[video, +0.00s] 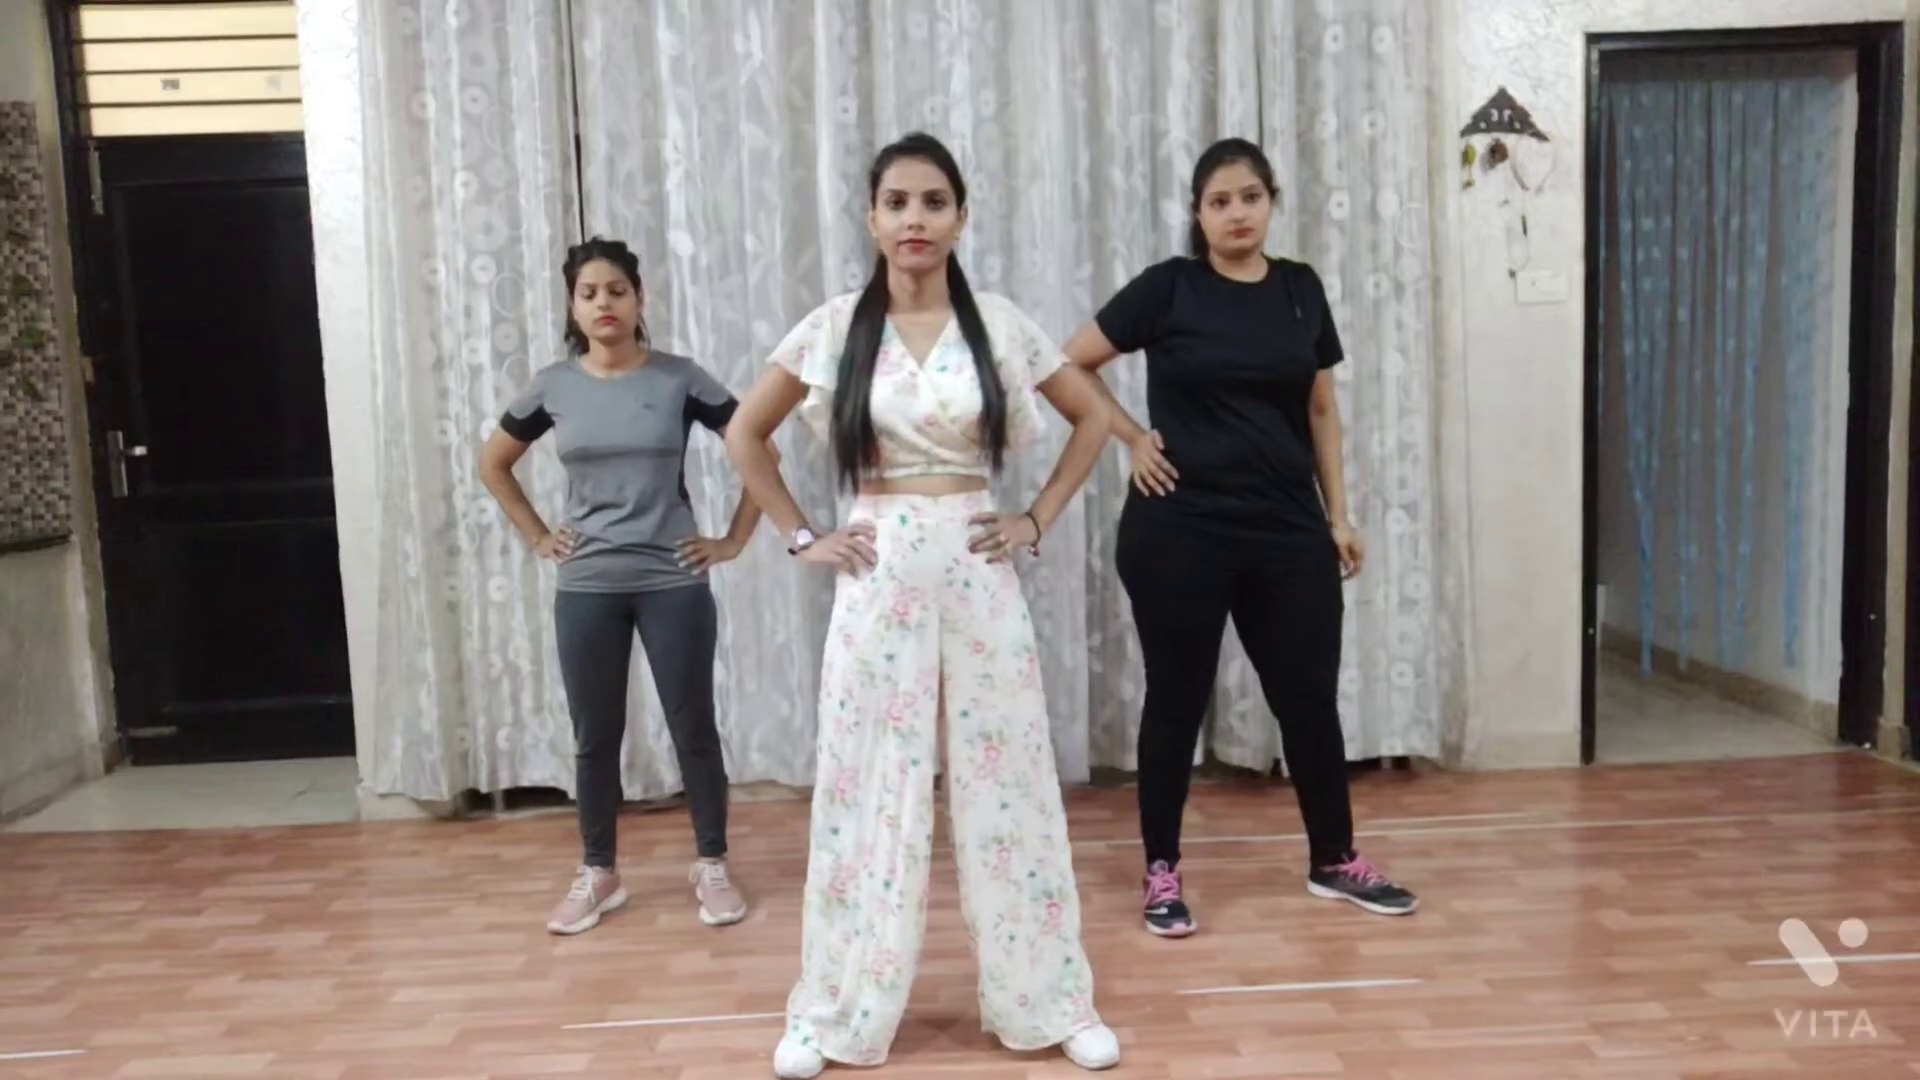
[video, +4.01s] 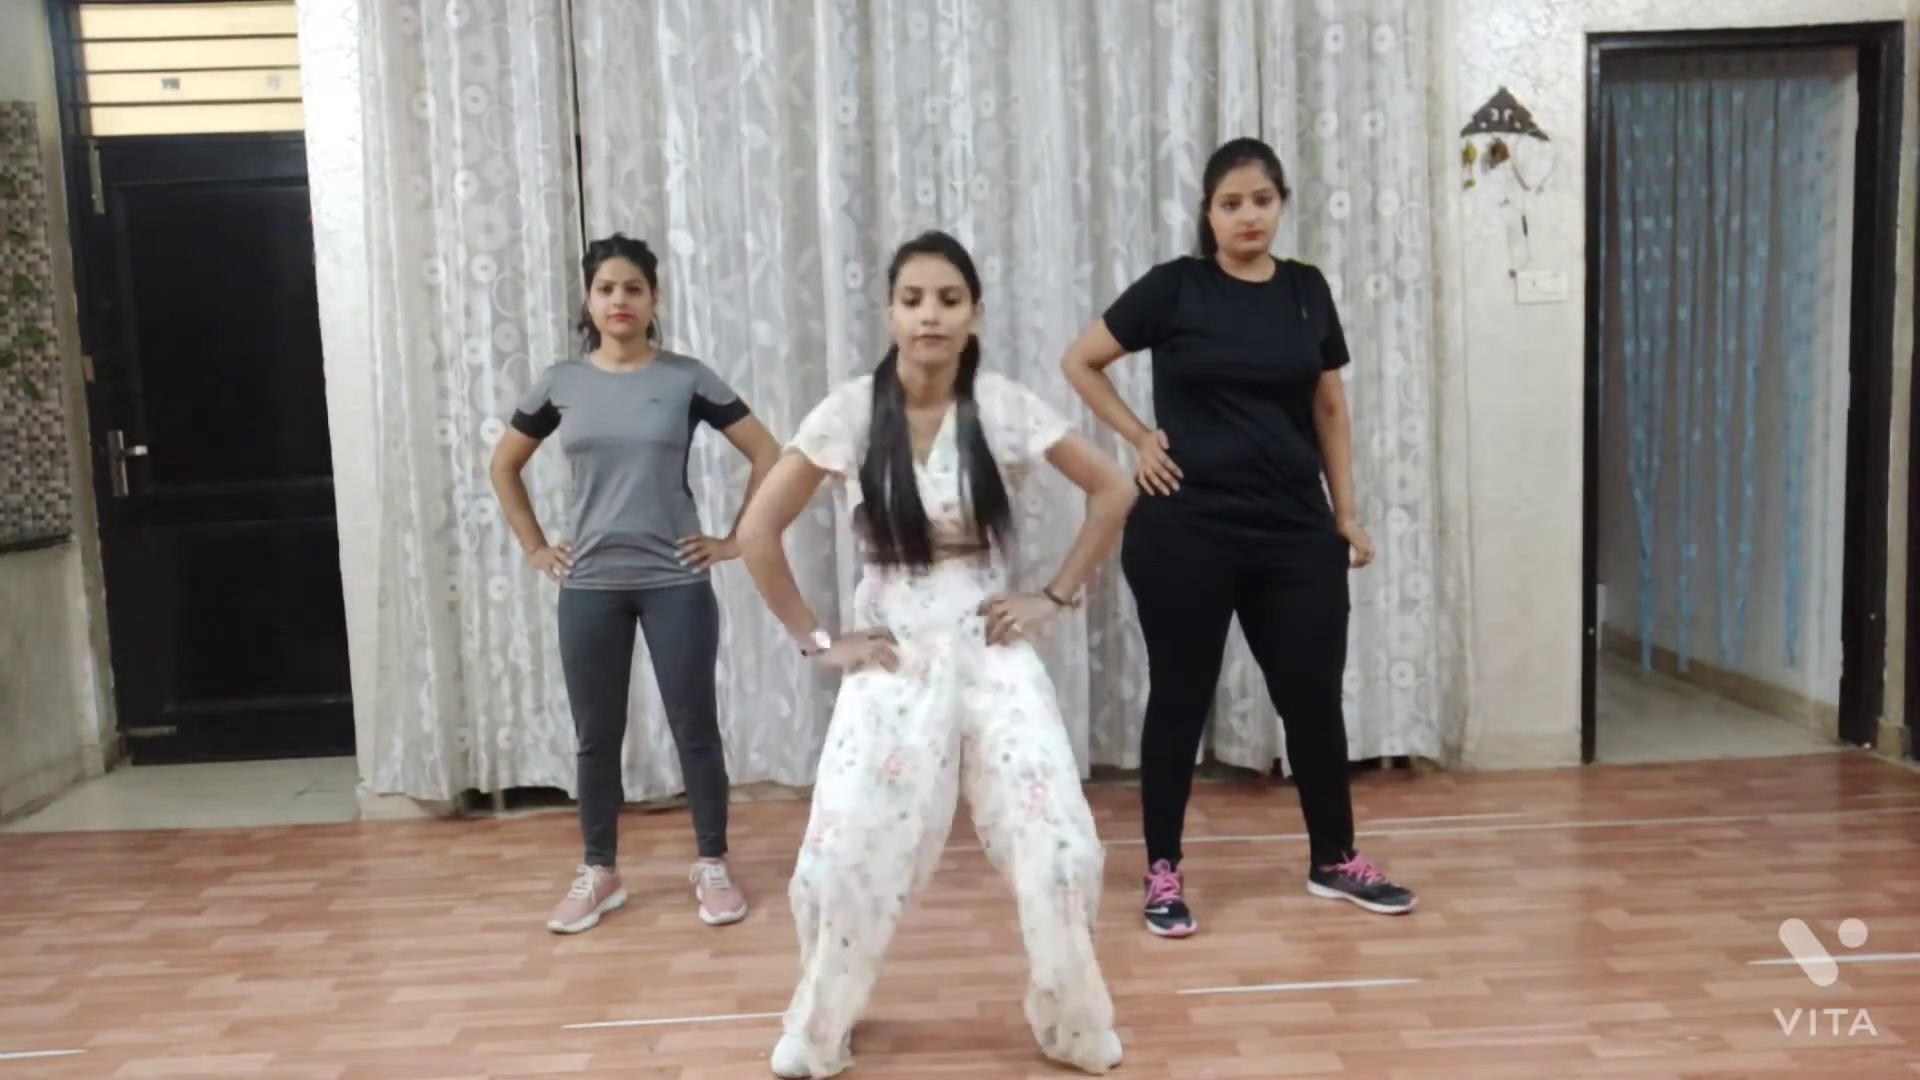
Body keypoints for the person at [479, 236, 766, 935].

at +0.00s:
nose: (604, 303)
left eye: (616, 290)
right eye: (590, 293)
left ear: (639, 299)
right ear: (572, 307)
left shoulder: (679, 379)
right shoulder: (554, 387)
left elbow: (761, 449)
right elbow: (492, 464)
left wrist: (734, 539)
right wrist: (538, 535)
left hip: (673, 574)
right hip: (588, 579)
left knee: (693, 728)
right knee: (595, 737)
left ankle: (712, 867)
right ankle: (598, 874)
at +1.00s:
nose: (609, 302)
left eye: (621, 289)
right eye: (595, 291)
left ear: (644, 297)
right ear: (577, 304)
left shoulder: (682, 377)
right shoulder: (555, 385)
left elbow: (761, 449)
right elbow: (491, 464)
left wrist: (735, 539)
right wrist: (536, 538)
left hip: (675, 575)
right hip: (589, 581)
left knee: (694, 728)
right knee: (595, 738)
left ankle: (712, 866)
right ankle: (598, 872)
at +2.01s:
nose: (615, 304)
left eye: (627, 292)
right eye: (602, 293)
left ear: (649, 300)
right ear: (584, 305)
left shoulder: (686, 379)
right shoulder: (560, 386)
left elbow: (767, 453)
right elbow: (501, 469)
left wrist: (739, 539)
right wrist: (538, 551)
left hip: (677, 575)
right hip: (591, 580)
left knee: (696, 726)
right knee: (596, 736)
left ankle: (713, 866)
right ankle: (598, 872)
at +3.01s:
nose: (620, 306)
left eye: (632, 293)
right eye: (606, 295)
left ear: (651, 302)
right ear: (586, 305)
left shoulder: (685, 379)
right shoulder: (559, 386)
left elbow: (770, 456)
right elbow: (502, 469)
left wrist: (736, 539)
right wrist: (538, 551)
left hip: (676, 574)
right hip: (591, 580)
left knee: (695, 727)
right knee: (597, 736)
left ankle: (713, 866)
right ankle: (599, 872)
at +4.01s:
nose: (620, 300)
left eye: (633, 288)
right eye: (606, 289)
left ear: (654, 299)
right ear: (587, 301)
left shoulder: (688, 379)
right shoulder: (562, 383)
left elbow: (769, 456)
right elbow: (503, 465)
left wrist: (736, 539)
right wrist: (537, 547)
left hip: (675, 575)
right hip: (591, 579)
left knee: (695, 729)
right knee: (596, 736)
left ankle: (712, 866)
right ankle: (599, 871)